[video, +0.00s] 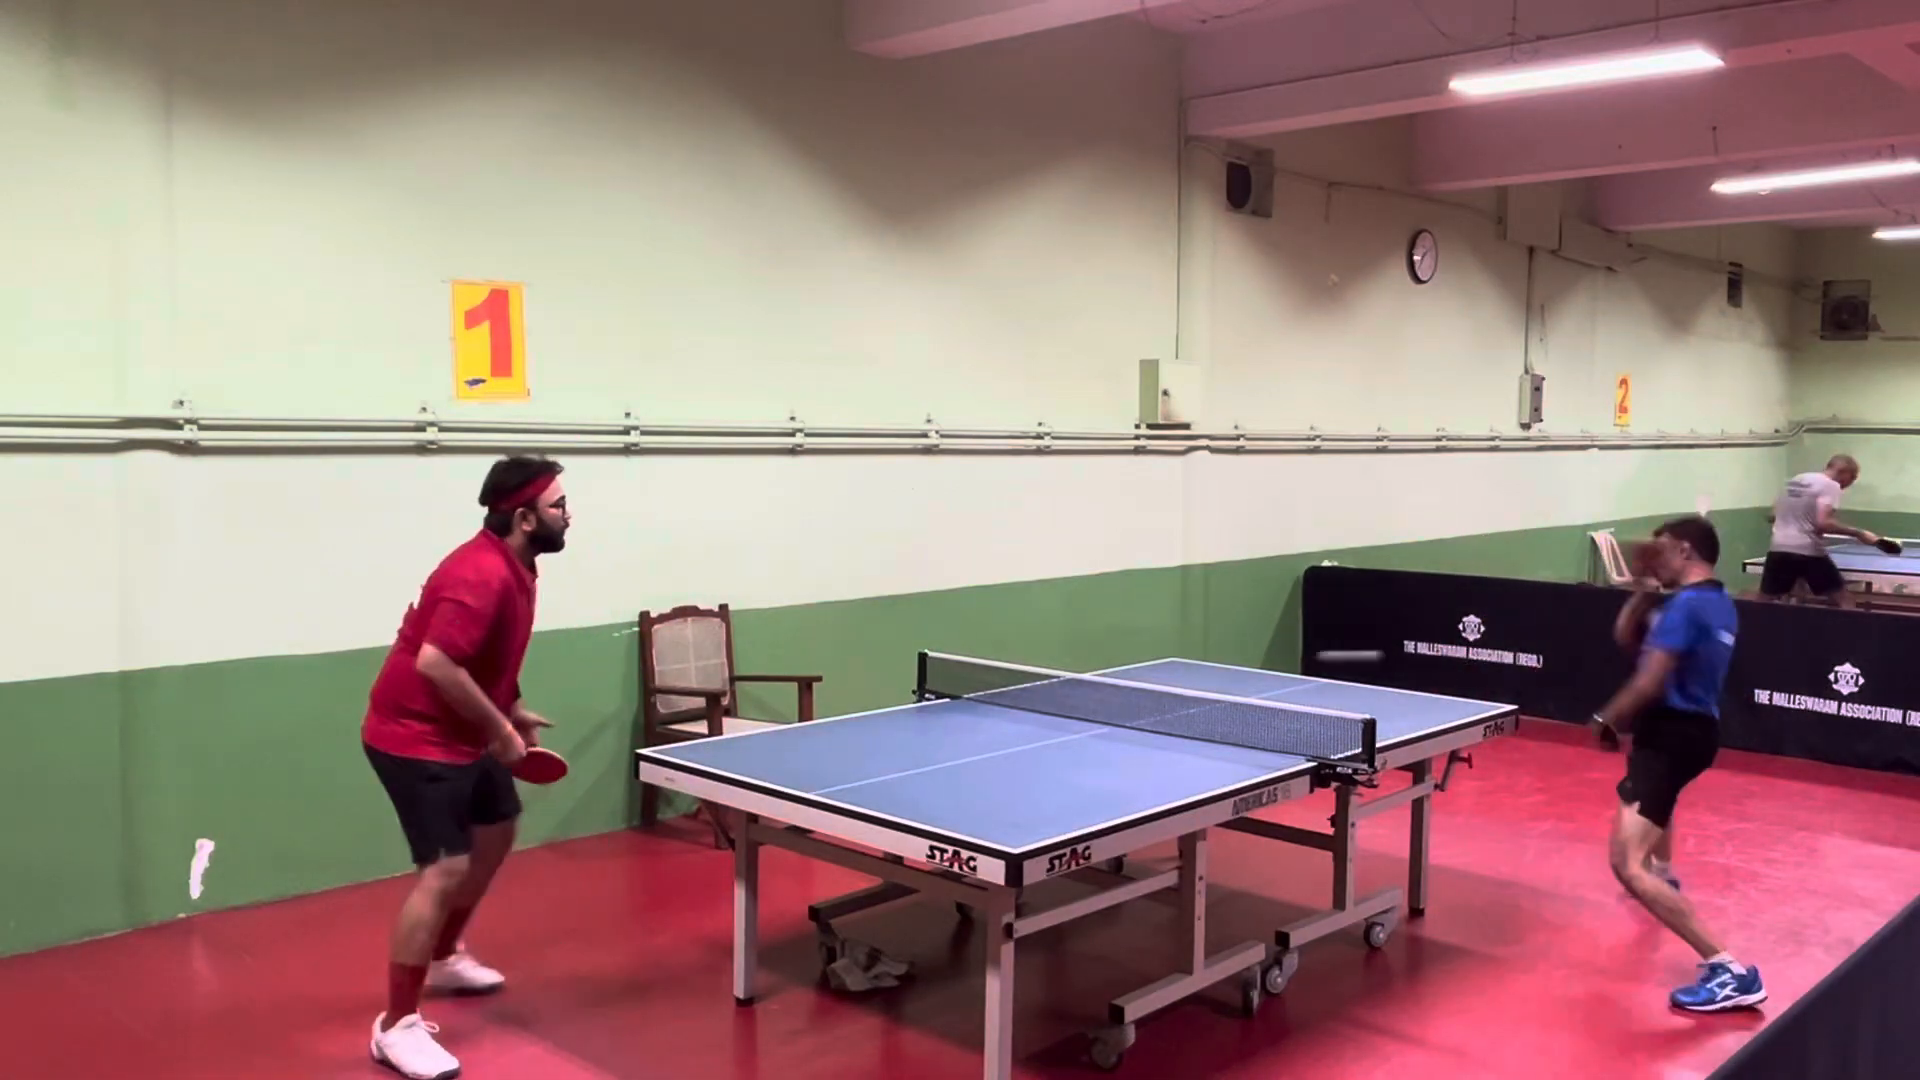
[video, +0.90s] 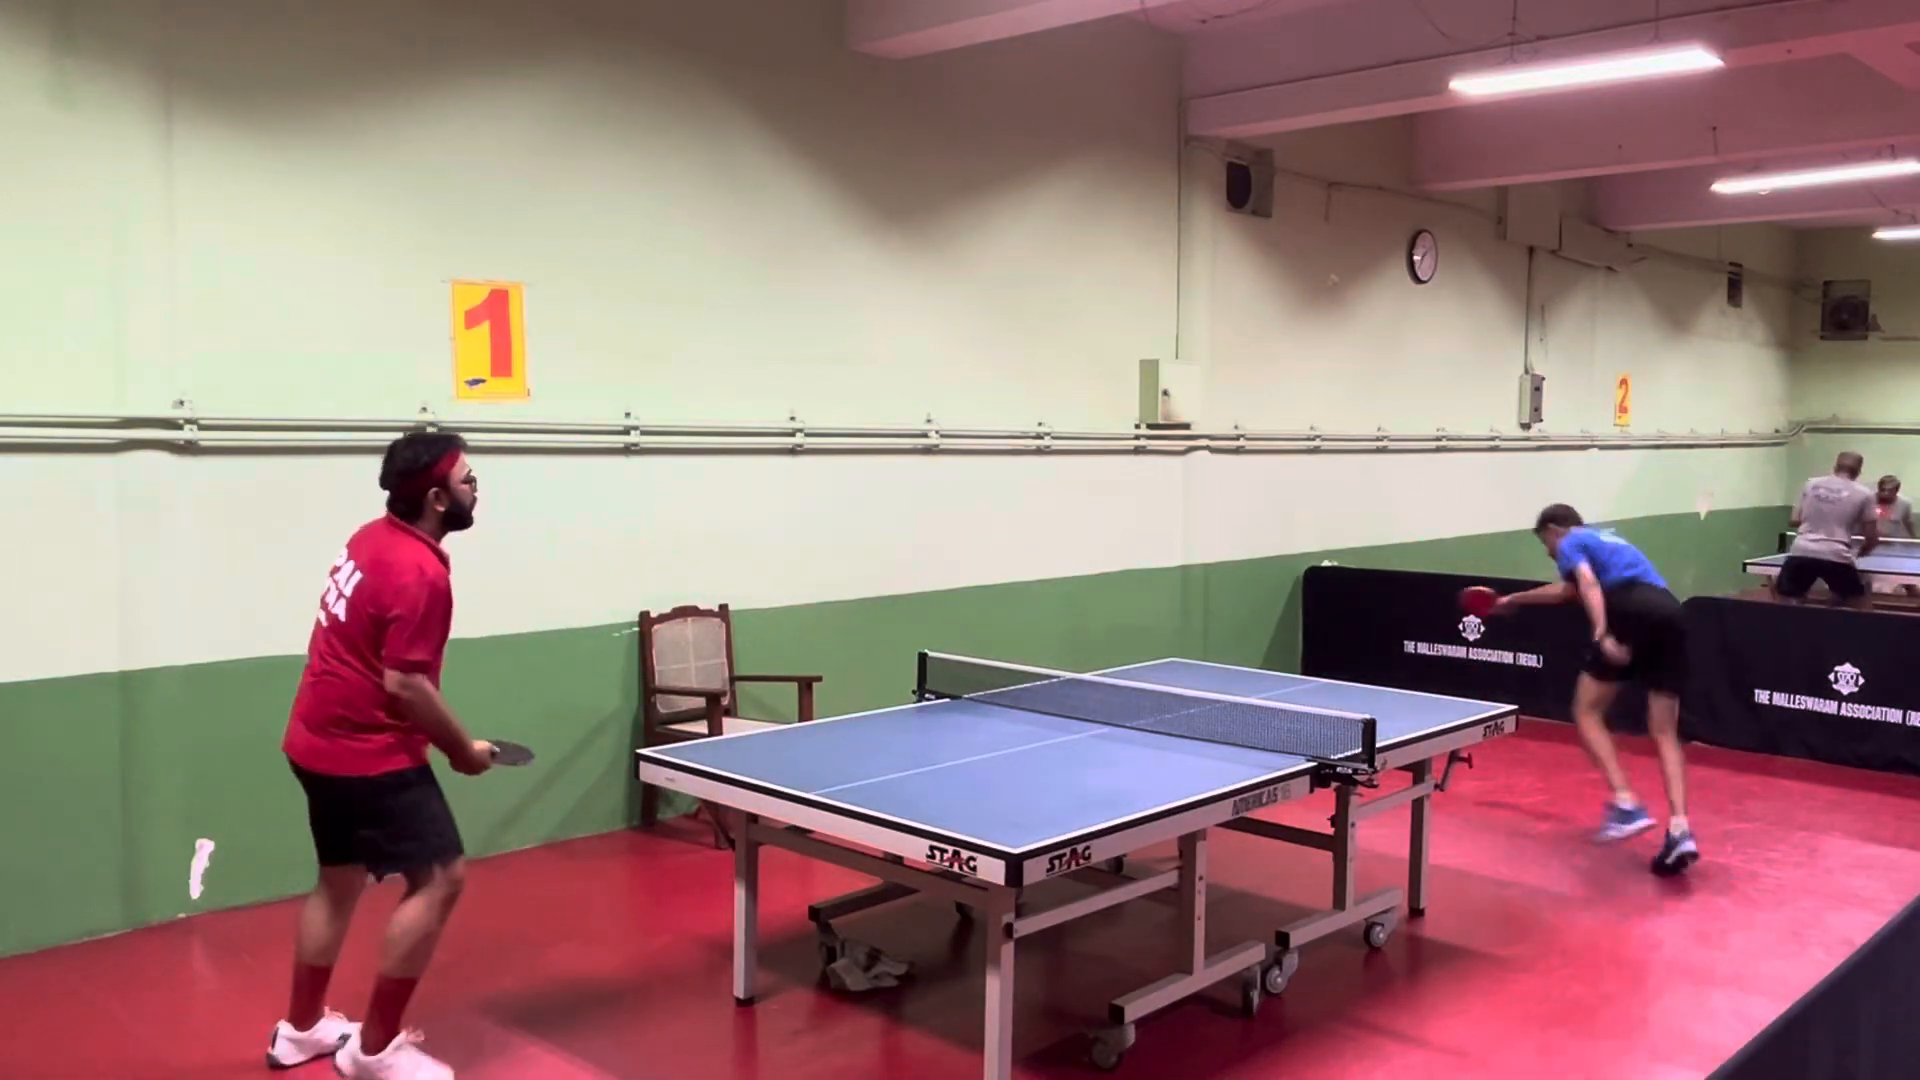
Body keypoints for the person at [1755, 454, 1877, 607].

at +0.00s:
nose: (1849, 485)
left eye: (1852, 481)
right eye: (1851, 479)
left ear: (1830, 466)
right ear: (1843, 472)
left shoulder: (1796, 480)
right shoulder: (1831, 486)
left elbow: (1775, 514)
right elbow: (1823, 522)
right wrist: (1859, 534)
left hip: (1779, 554)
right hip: (1809, 555)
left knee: (1763, 604)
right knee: (1842, 600)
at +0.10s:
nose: (1861, 483)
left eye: (1864, 479)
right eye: (1862, 477)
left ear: (1842, 466)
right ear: (1853, 470)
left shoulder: (1809, 480)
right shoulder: (1839, 487)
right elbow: (1836, 527)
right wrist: (1873, 536)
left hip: (1787, 552)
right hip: (1816, 555)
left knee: (1776, 608)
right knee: (1838, 608)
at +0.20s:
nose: (1877, 482)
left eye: (1879, 478)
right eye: (1878, 477)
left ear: (1856, 466)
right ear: (1869, 471)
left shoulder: (1825, 478)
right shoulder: (1861, 493)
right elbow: (1857, 540)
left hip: (1797, 549)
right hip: (1826, 553)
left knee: (1779, 598)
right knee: (1847, 605)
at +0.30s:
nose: (1893, 478)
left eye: (1894, 475)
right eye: (1893, 474)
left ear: (1871, 465)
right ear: (1888, 474)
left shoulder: (1837, 475)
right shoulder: (1880, 499)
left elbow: (1816, 504)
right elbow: (1862, 523)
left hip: (1805, 548)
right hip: (1837, 556)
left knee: (1783, 595)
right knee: (1860, 603)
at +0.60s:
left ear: (1871, 465)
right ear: (1892, 472)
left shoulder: (1843, 476)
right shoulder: (1892, 498)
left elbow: (1818, 507)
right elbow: (1879, 537)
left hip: (1817, 547)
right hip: (1852, 554)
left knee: (1789, 597)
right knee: (1869, 609)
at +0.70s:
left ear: (1861, 466)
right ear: (1883, 473)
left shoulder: (1835, 481)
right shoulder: (1885, 498)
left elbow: (1815, 514)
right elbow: (1885, 541)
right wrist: (1868, 553)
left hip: (1816, 549)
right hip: (1851, 556)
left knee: (1789, 596)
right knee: (1866, 607)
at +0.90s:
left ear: (1835, 467)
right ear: (1858, 472)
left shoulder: (1811, 484)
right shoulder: (1864, 494)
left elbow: (1795, 520)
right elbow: (1872, 538)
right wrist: (1856, 555)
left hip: (1802, 554)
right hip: (1836, 559)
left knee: (1784, 600)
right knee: (1858, 605)